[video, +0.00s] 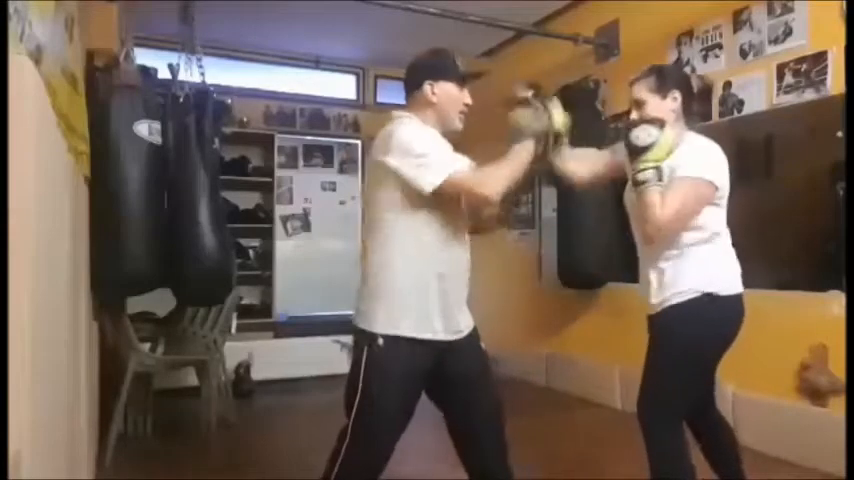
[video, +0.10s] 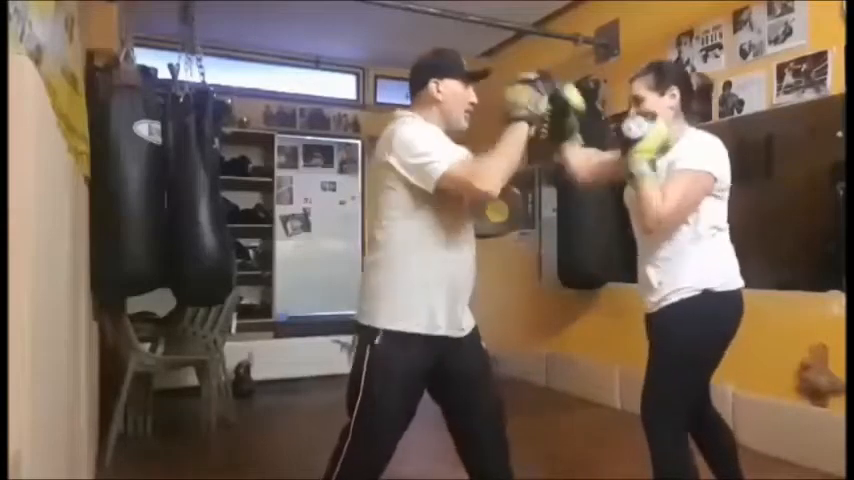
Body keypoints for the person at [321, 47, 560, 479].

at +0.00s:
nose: (469, 99)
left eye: (467, 89)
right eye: (459, 86)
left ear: (433, 93)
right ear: (430, 91)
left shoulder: (441, 148)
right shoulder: (402, 135)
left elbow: (477, 221)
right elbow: (480, 188)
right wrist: (528, 142)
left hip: (452, 329)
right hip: (394, 331)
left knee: (489, 456)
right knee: (360, 460)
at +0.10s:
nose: (474, 97)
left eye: (472, 87)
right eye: (466, 85)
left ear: (437, 92)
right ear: (436, 88)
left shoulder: (443, 143)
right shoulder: (405, 132)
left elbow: (494, 176)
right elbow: (481, 183)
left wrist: (535, 130)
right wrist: (522, 121)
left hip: (453, 328)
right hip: (396, 330)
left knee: (490, 456)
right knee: (362, 459)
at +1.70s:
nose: (469, 109)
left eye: (469, 99)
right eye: (462, 98)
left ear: (437, 98)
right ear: (435, 96)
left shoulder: (432, 151)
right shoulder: (397, 139)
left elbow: (462, 206)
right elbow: (461, 206)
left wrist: (503, 146)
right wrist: (505, 158)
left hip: (450, 332)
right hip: (391, 338)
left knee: (497, 423)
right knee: (362, 455)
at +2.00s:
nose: (536, 105)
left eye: (536, 95)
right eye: (529, 94)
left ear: (505, 96)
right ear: (498, 94)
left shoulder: (536, 143)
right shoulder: (447, 138)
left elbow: (593, 143)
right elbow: (385, 180)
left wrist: (646, 141)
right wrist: (405, 215)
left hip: (510, 321)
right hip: (442, 319)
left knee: (535, 425)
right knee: (405, 428)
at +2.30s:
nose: (519, 125)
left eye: (521, 113)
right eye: (507, 116)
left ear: (525, 111)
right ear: (474, 119)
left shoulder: (538, 144)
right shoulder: (441, 164)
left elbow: (568, 205)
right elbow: (430, 223)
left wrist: (520, 253)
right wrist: (476, 241)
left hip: (531, 321)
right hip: (460, 317)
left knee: (551, 429)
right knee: (442, 430)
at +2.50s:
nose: (518, 131)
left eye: (521, 119)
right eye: (506, 124)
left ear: (526, 113)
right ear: (475, 125)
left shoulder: (540, 151)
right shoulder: (450, 167)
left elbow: (539, 236)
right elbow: (448, 236)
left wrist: (472, 261)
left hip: (538, 328)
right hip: (468, 326)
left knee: (551, 443)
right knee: (448, 435)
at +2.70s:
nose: (544, 125)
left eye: (546, 113)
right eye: (533, 115)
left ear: (549, 112)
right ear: (499, 114)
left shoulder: (552, 147)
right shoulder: (452, 164)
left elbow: (569, 229)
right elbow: (427, 224)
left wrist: (518, 229)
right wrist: (472, 232)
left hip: (540, 319)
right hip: (470, 318)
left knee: (555, 428)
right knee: (455, 423)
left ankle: (538, 479)